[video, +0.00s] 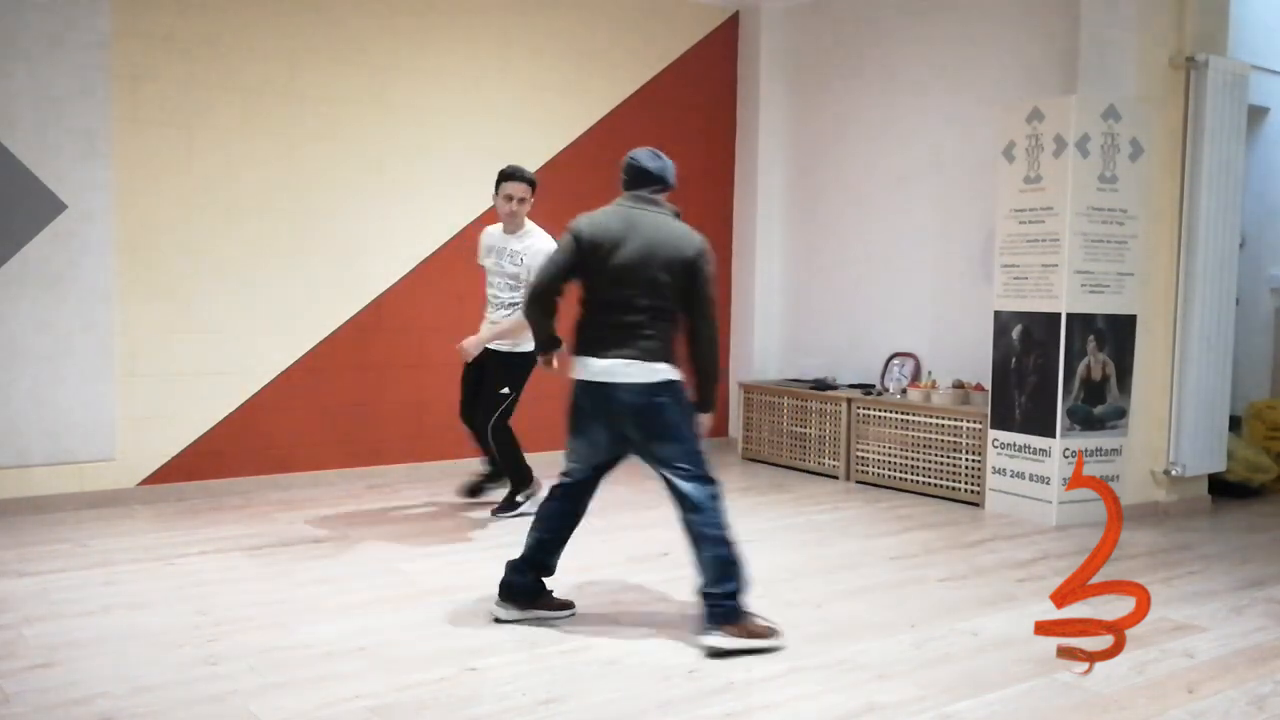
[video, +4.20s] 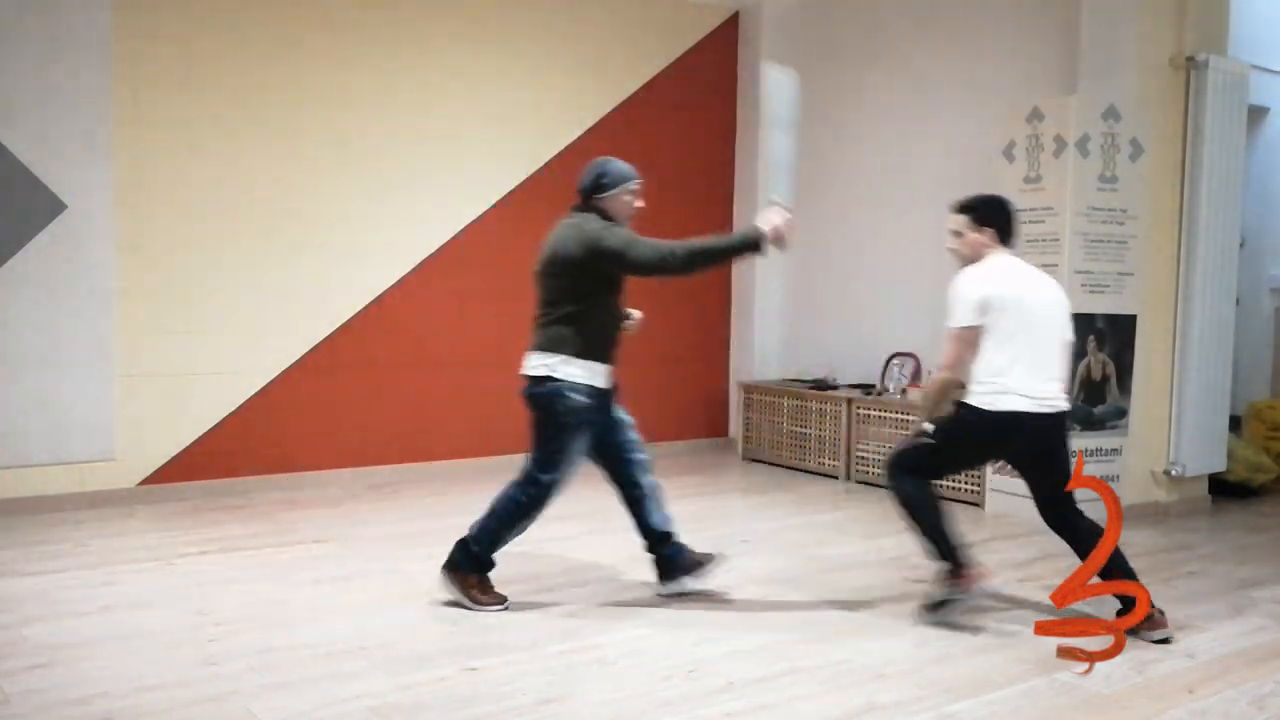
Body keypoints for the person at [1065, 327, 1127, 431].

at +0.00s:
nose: (1087, 345)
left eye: (1091, 342)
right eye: (1088, 342)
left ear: (1099, 344)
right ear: (1088, 345)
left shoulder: (1108, 364)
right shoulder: (1083, 365)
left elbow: (1114, 390)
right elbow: (1076, 391)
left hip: (1102, 406)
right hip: (1086, 406)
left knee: (1121, 411)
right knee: (1071, 410)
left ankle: (1086, 425)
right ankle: (1102, 425)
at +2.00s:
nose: (1088, 345)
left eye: (1091, 342)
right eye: (1088, 342)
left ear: (1098, 344)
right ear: (1087, 344)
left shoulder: (1108, 364)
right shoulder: (1084, 364)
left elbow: (1114, 390)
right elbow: (1076, 390)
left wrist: (1108, 406)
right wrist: (1070, 409)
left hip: (1103, 406)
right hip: (1086, 406)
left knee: (1121, 411)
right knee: (1071, 410)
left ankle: (1087, 424)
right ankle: (1100, 425)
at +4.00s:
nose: (1088, 345)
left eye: (1091, 342)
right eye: (1088, 342)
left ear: (1099, 344)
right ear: (1087, 345)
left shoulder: (1108, 365)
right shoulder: (1083, 365)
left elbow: (1114, 389)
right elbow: (1076, 390)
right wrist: (1069, 408)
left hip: (1103, 406)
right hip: (1086, 405)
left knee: (1122, 411)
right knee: (1071, 410)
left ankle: (1086, 424)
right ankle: (1100, 424)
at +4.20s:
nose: (1088, 345)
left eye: (1091, 341)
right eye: (1088, 342)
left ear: (1098, 344)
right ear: (1087, 345)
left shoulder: (1108, 364)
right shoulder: (1084, 364)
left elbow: (1113, 388)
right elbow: (1077, 386)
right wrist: (1071, 402)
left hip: (1102, 405)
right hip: (1085, 405)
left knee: (1121, 411)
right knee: (1071, 409)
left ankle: (1087, 423)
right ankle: (1098, 423)